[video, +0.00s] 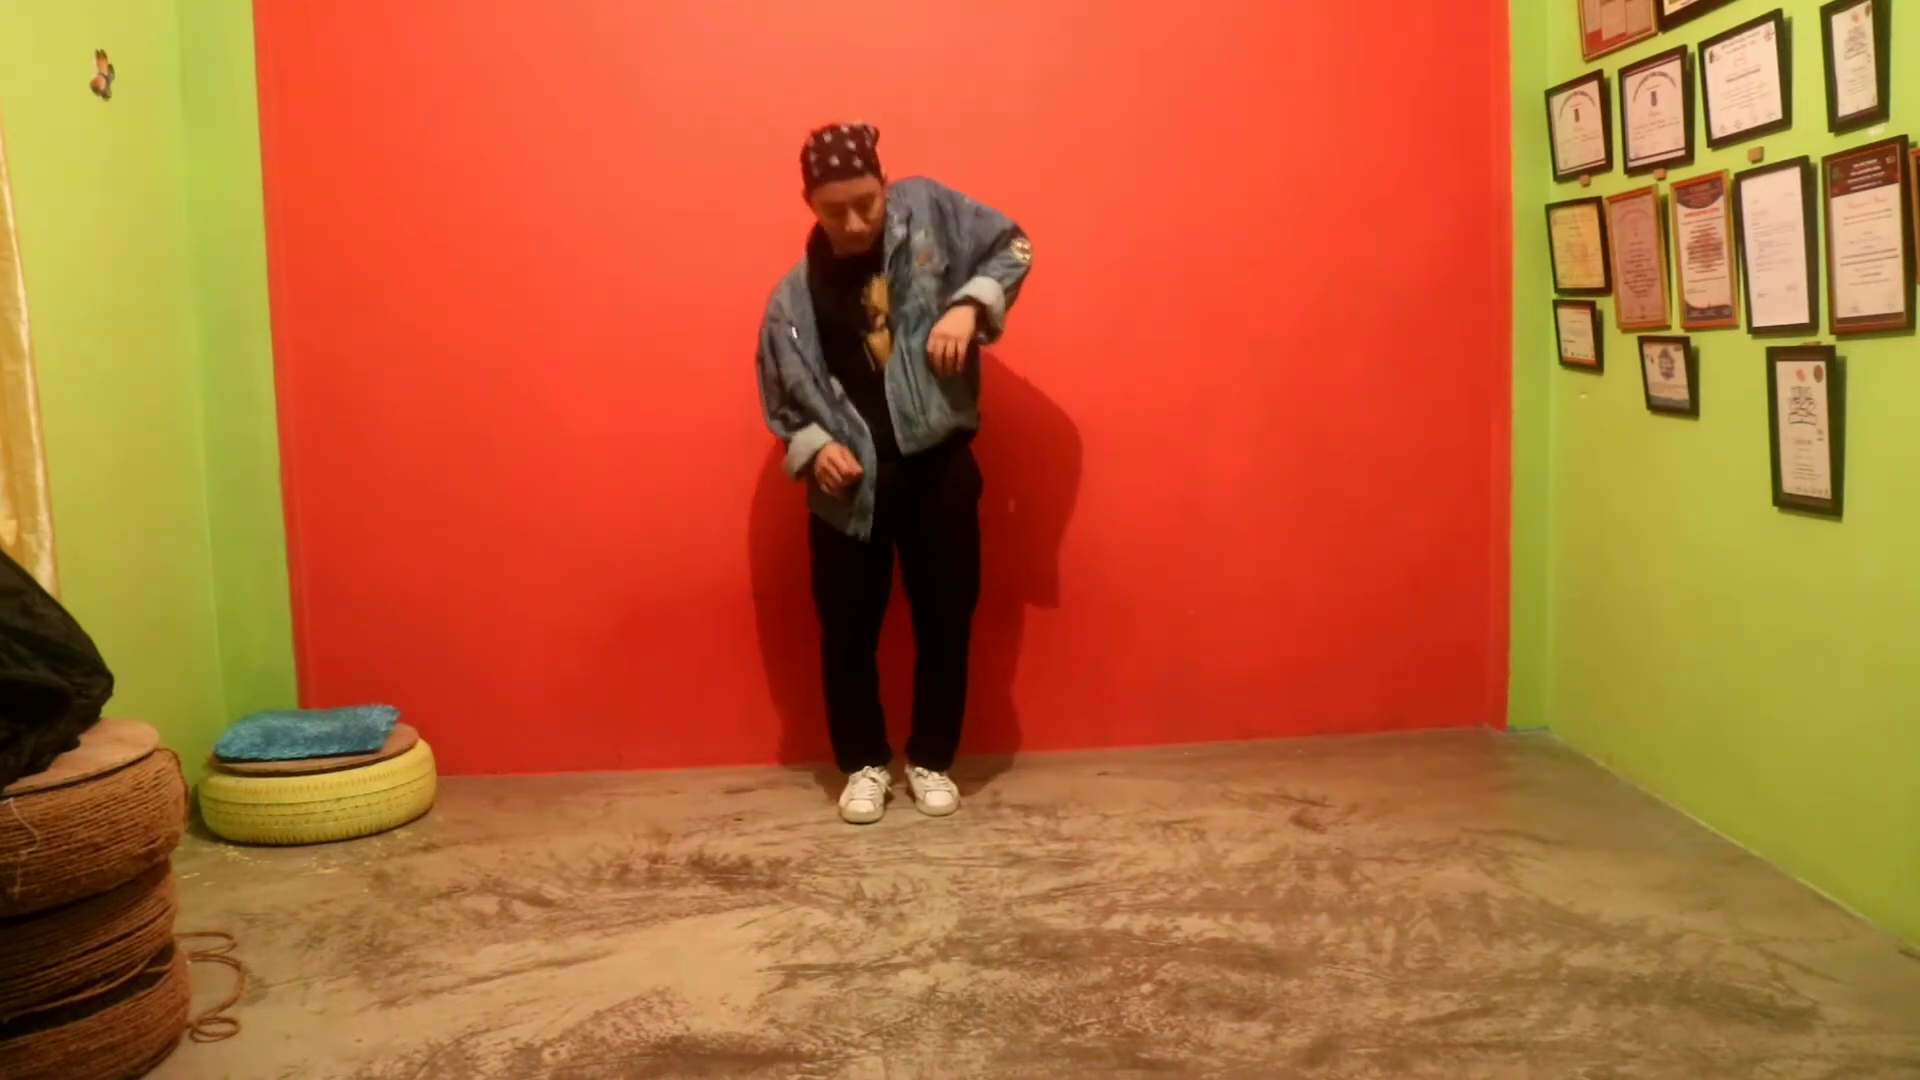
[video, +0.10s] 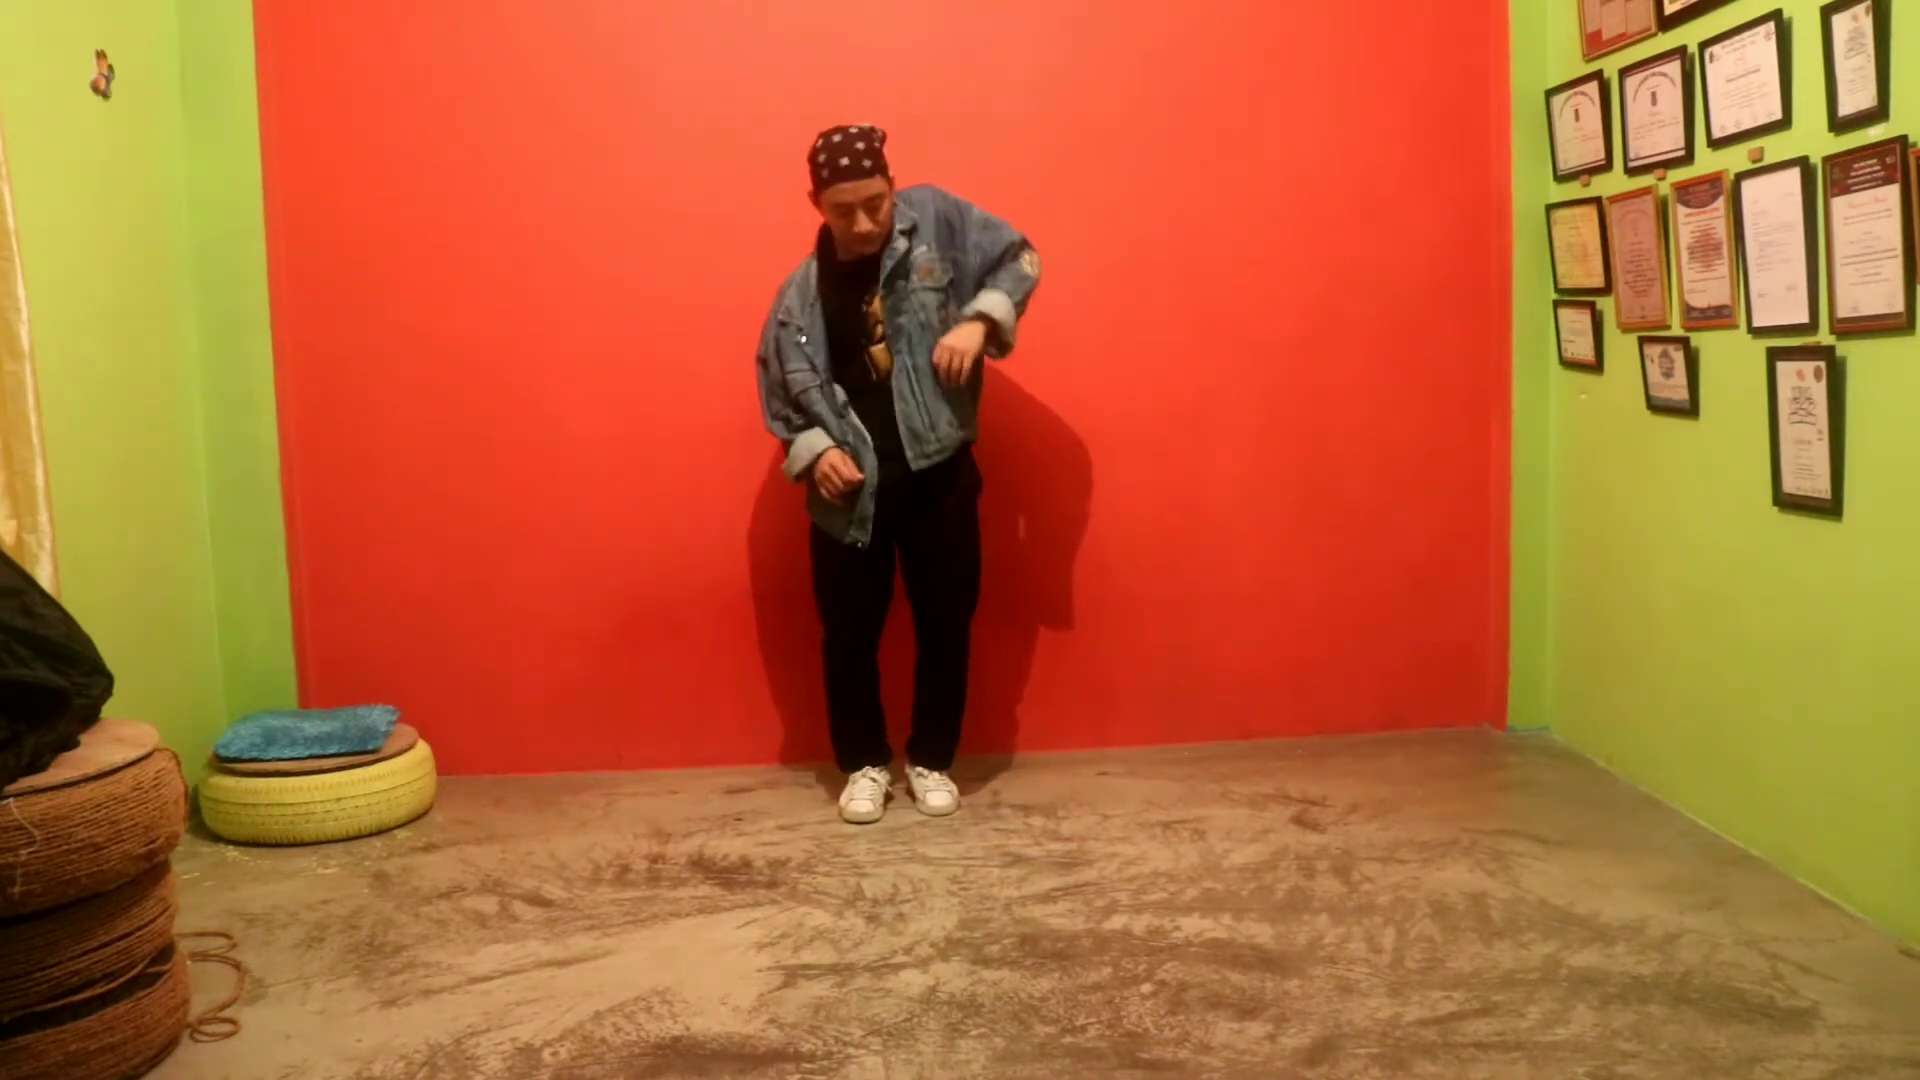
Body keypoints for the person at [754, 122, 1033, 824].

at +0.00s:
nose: (855, 223)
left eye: (865, 203)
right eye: (836, 210)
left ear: (885, 187)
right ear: (812, 204)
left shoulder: (924, 209)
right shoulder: (794, 301)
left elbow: (1009, 246)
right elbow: (784, 404)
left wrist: (968, 305)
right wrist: (815, 446)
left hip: (937, 468)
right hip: (848, 483)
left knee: (945, 619)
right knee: (848, 629)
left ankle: (931, 762)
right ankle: (864, 767)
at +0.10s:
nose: (863, 224)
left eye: (874, 204)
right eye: (844, 210)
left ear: (891, 188)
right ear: (819, 205)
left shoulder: (932, 218)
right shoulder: (800, 297)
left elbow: (1017, 259)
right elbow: (781, 395)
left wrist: (978, 321)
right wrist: (816, 451)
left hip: (939, 472)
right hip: (850, 485)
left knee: (945, 620)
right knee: (849, 631)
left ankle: (931, 762)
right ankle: (865, 767)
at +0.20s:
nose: (872, 214)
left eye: (884, 196)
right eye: (853, 200)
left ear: (903, 183)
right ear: (827, 193)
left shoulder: (955, 249)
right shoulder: (798, 287)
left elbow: (1023, 313)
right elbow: (782, 385)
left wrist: (989, 366)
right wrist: (816, 440)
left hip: (942, 476)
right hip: (850, 482)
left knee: (962, 614)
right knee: (839, 620)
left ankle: (930, 760)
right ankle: (858, 760)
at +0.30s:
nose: (882, 232)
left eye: (893, 213)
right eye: (864, 218)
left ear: (913, 206)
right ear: (840, 217)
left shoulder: (959, 289)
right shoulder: (803, 305)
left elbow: (1013, 366)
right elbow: (779, 397)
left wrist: (986, 413)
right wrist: (816, 452)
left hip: (943, 502)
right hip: (846, 506)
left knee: (984, 625)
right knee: (811, 629)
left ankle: (929, 760)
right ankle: (855, 760)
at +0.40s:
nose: (893, 267)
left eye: (905, 248)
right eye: (877, 251)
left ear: (926, 245)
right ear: (853, 252)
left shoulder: (966, 333)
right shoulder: (813, 337)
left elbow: (988, 434)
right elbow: (782, 439)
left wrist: (979, 462)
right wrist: (818, 491)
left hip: (938, 524)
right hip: (844, 526)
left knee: (1001, 634)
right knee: (790, 640)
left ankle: (931, 761)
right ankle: (854, 763)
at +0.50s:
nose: (894, 269)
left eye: (906, 251)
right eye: (877, 253)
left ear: (925, 245)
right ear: (852, 251)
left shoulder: (965, 331)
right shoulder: (813, 335)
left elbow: (980, 433)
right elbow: (791, 440)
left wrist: (961, 457)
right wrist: (829, 481)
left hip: (937, 521)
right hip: (844, 522)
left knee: (1001, 635)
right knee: (795, 640)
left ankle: (929, 762)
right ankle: (856, 764)